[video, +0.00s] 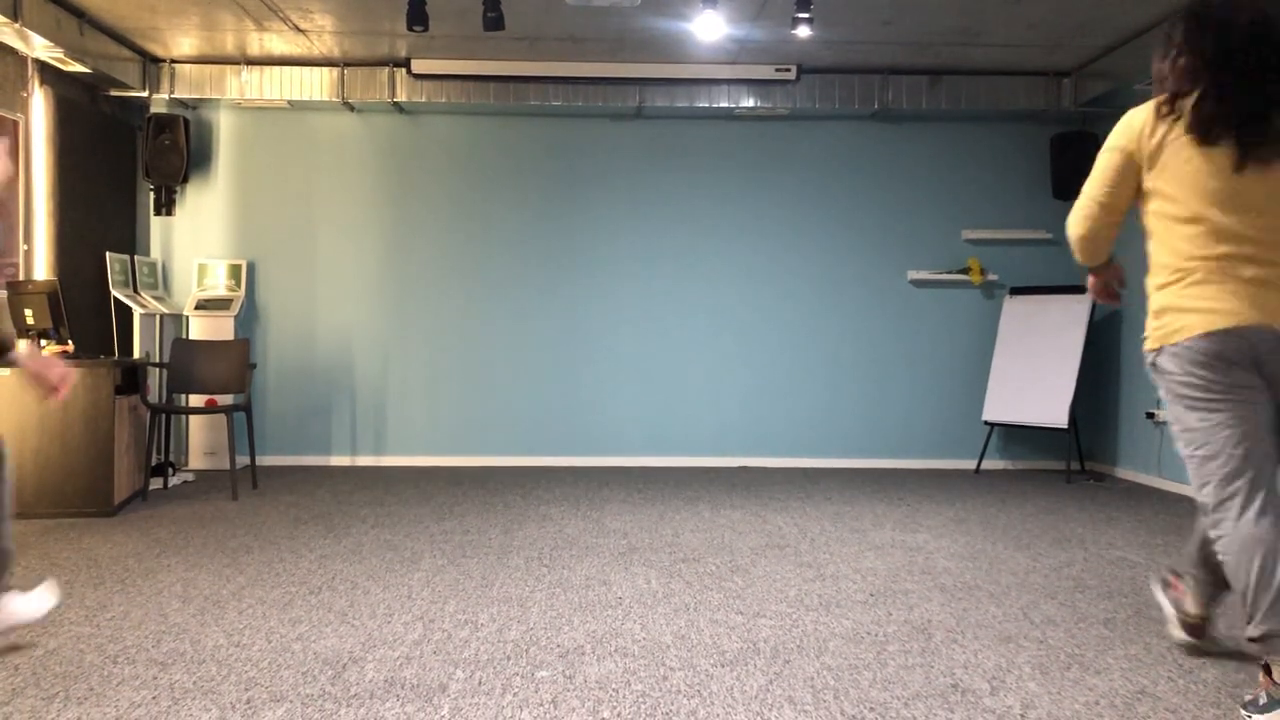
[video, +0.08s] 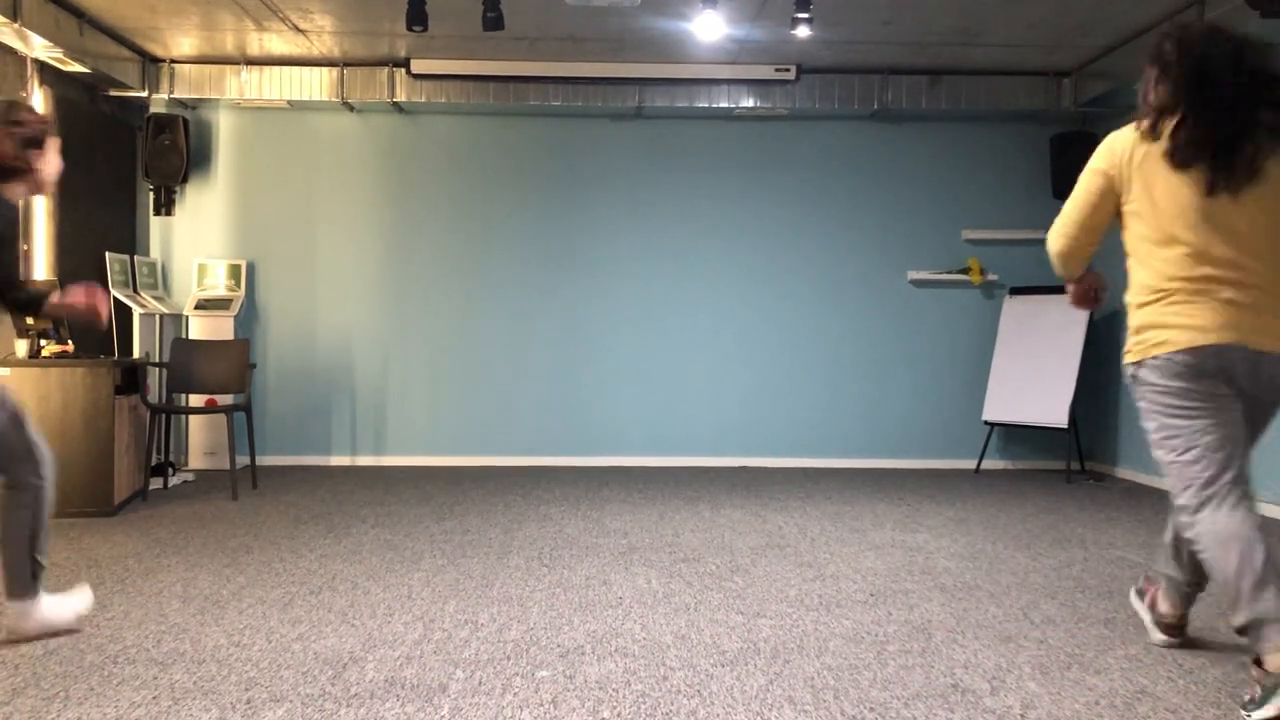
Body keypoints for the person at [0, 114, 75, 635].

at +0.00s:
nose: (9, 168)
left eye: (10, 157)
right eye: (6, 156)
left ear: (12, 160)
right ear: (2, 159)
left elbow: (1, 307)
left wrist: (26, 356)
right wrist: (26, 357)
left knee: (3, 473)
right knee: (2, 473)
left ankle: (5, 596)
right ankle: (4, 596)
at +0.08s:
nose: (60, 165)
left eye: (57, 153)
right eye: (54, 155)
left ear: (23, 157)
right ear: (30, 158)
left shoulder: (9, 209)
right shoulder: (5, 210)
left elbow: (9, 293)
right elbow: (10, 292)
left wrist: (56, 301)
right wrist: (56, 302)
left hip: (3, 381)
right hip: (2, 382)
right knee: (30, 463)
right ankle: (24, 598)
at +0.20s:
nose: (142, 168)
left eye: (140, 157)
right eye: (136, 158)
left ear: (83, 162)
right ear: (114, 165)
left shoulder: (47, 218)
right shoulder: (85, 222)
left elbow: (42, 293)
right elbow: (71, 300)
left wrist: (96, 287)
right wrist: (100, 364)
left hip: (7, 355)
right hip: (39, 354)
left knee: (8, 513)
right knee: (105, 479)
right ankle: (40, 609)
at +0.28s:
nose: (183, 172)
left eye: (182, 162)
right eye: (179, 162)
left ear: (125, 161)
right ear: (157, 165)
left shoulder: (83, 214)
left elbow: (67, 292)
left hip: (23, 347)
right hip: (82, 346)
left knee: (74, 483)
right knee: (111, 489)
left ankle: (1, 514)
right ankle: (41, 607)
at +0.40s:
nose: (249, 155)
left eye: (247, 145)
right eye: (244, 147)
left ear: (191, 146)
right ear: (230, 152)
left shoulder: (153, 183)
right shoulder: (242, 204)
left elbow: (79, 199)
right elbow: (271, 278)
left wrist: (75, 256)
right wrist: (287, 332)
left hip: (104, 322)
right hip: (150, 335)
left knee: (221, 394)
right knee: (159, 464)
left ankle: (162, 485)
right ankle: (70, 562)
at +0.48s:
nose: (280, 151)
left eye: (278, 143)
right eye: (275, 144)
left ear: (225, 144)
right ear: (263, 149)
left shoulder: (198, 181)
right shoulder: (283, 201)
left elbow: (129, 210)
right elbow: (299, 271)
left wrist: (82, 257)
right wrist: (288, 318)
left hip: (160, 317)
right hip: (187, 331)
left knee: (256, 398)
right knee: (186, 453)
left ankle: (227, 501)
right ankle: (119, 549)